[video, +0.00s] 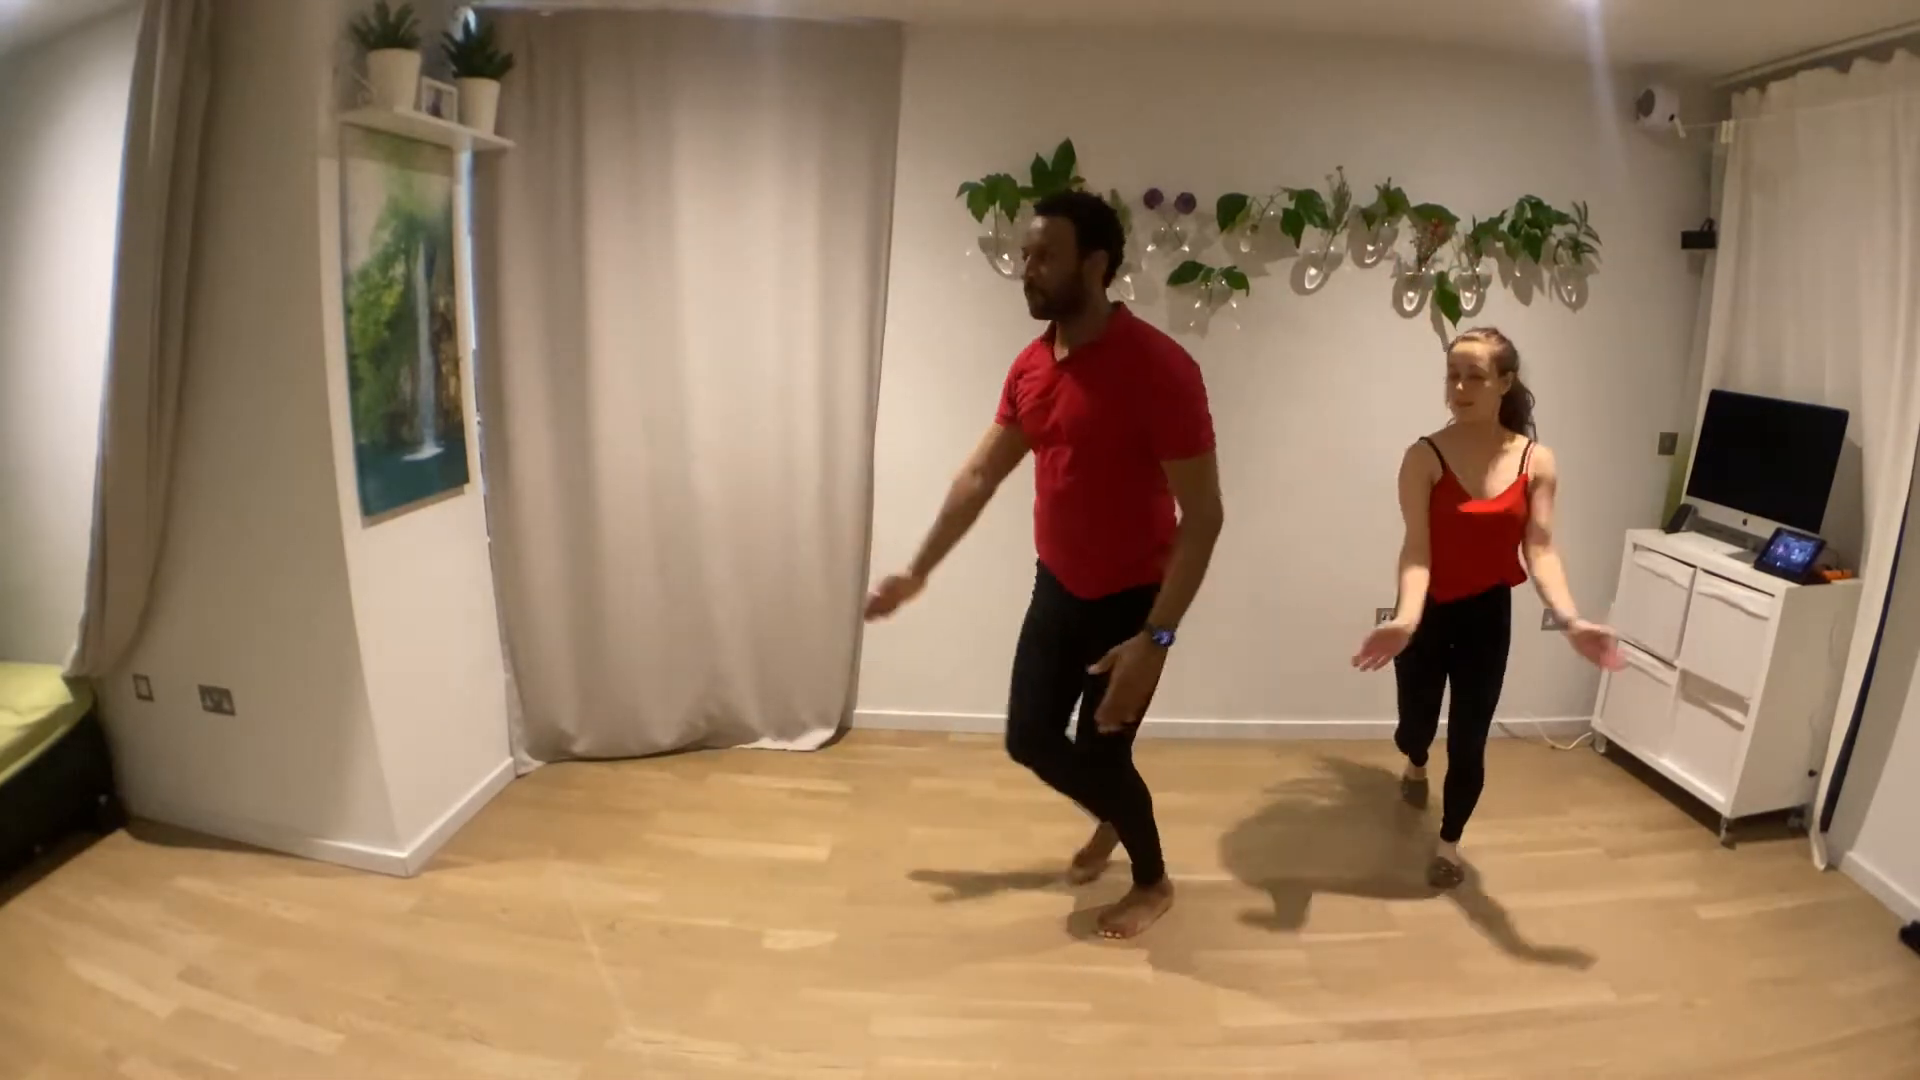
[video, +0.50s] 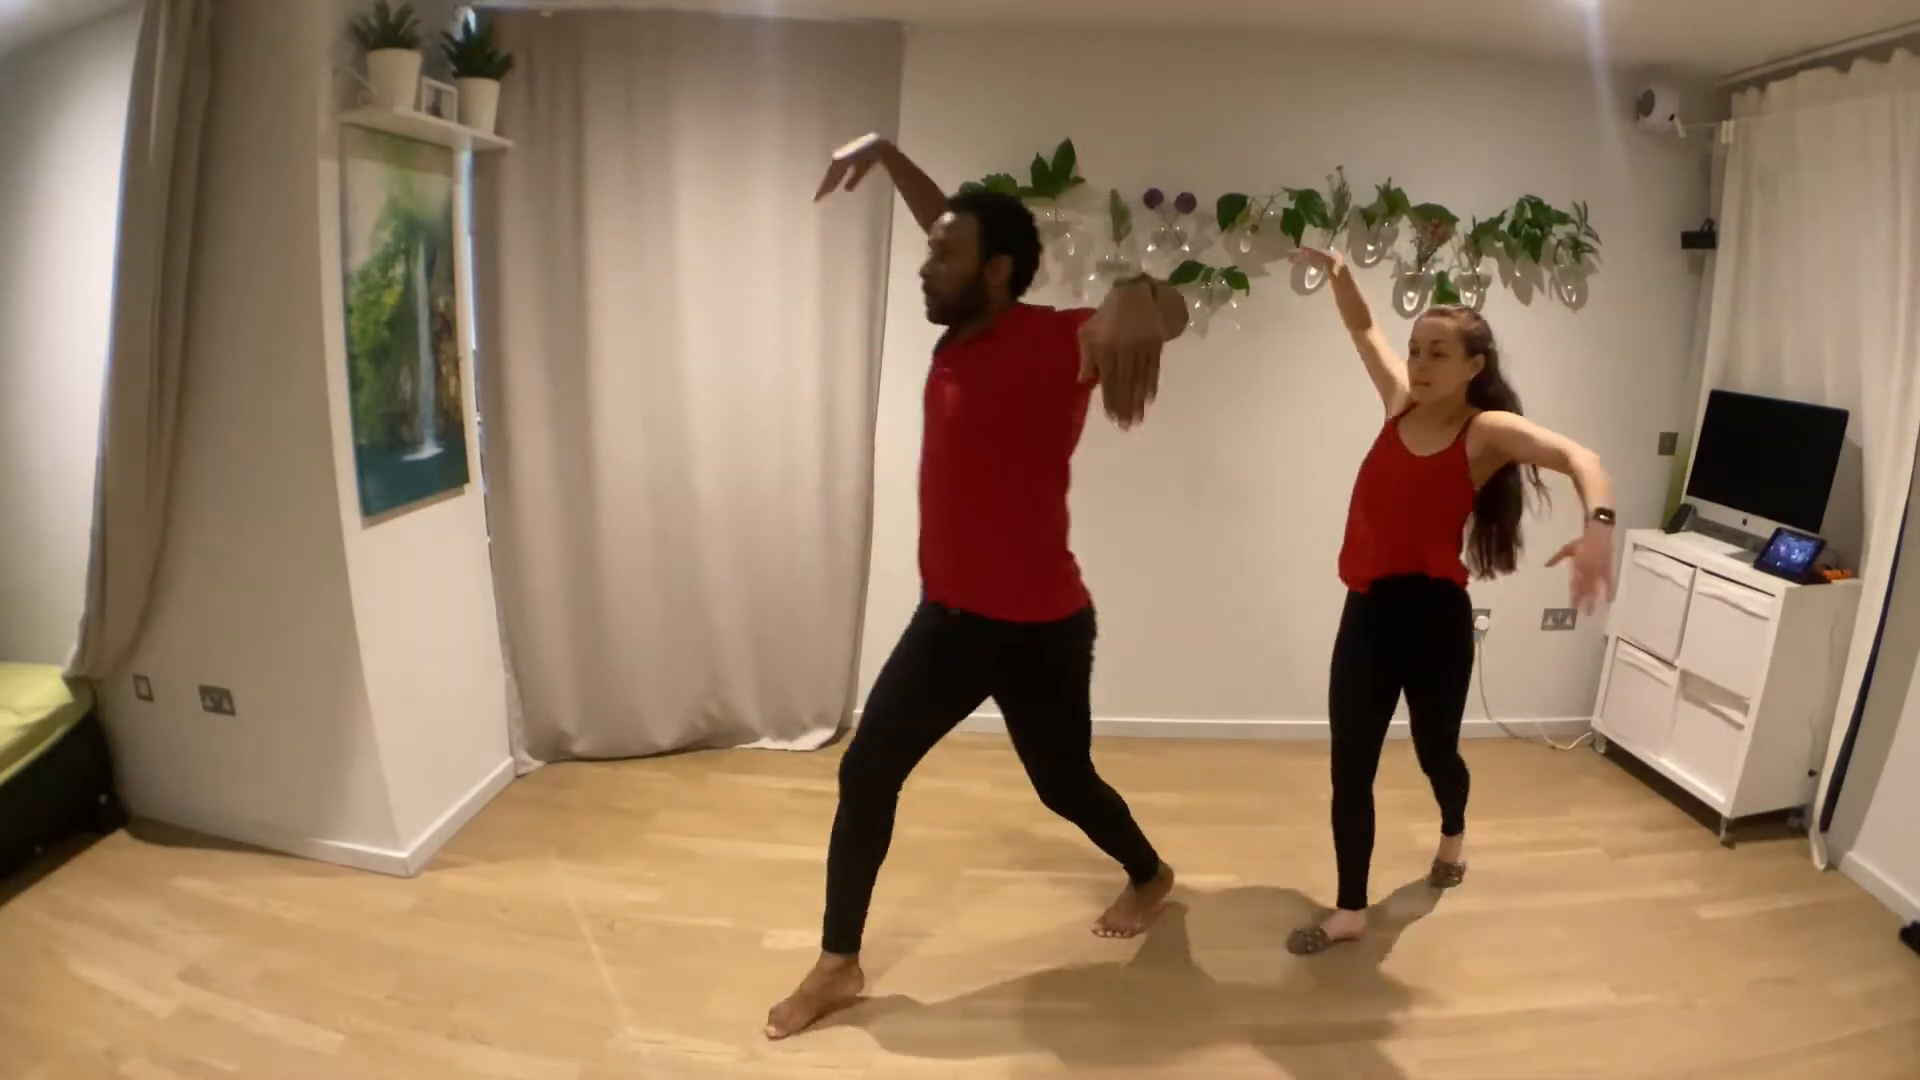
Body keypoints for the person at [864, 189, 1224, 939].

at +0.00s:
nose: (1025, 270)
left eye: (1044, 256)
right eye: (1024, 256)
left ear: (1099, 264)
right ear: (1030, 263)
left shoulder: (1161, 370)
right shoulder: (1036, 367)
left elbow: (1204, 516)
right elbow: (979, 475)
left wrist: (1156, 637)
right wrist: (917, 571)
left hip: (1133, 596)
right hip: (1059, 587)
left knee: (1100, 753)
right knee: (1030, 740)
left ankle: (1152, 881)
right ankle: (1119, 814)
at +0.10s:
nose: (1023, 269)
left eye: (1042, 256)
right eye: (1023, 255)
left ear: (1100, 267)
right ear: (1031, 261)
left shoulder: (1152, 370)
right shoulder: (1042, 364)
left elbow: (1170, 521)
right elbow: (992, 472)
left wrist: (1092, 634)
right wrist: (926, 569)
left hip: (1136, 598)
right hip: (1057, 587)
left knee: (1101, 758)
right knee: (992, 728)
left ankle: (1151, 885)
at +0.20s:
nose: (1014, 271)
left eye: (1033, 259)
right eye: (1017, 257)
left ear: (1087, 275)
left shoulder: (1137, 362)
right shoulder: (1031, 359)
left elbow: (1166, 485)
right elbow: (959, 414)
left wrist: (1072, 583)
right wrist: (887, 456)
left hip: (1125, 604)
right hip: (1045, 597)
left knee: (1095, 765)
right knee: (971, 750)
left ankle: (1152, 885)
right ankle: (876, 901)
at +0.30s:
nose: (996, 276)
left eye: (1015, 265)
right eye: (998, 261)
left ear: (1068, 281)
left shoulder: (1112, 356)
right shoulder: (1011, 339)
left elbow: (1175, 415)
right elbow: (945, 322)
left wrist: (1087, 489)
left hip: (1109, 612)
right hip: (1025, 604)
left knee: (1086, 777)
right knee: (930, 747)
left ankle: (1152, 882)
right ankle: (819, 899)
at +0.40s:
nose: (968, 276)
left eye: (987, 264)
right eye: (971, 261)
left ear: (1042, 279)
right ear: (979, 270)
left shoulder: (1084, 344)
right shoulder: (998, 325)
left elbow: (1178, 341)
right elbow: (958, 257)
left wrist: (1122, 373)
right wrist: (868, 218)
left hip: (1084, 620)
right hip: (997, 605)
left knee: (1072, 787)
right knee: (895, 747)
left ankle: (1152, 882)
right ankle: (821, 931)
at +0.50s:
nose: (927, 262)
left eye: (945, 249)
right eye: (931, 245)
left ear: (999, 270)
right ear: (976, 265)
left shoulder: (1056, 336)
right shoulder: (962, 329)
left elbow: (1156, 315)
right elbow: (949, 228)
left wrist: (1138, 313)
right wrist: (886, 149)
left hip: (1039, 626)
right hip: (952, 617)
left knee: (1064, 783)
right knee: (868, 769)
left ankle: (1152, 876)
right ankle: (838, 959)